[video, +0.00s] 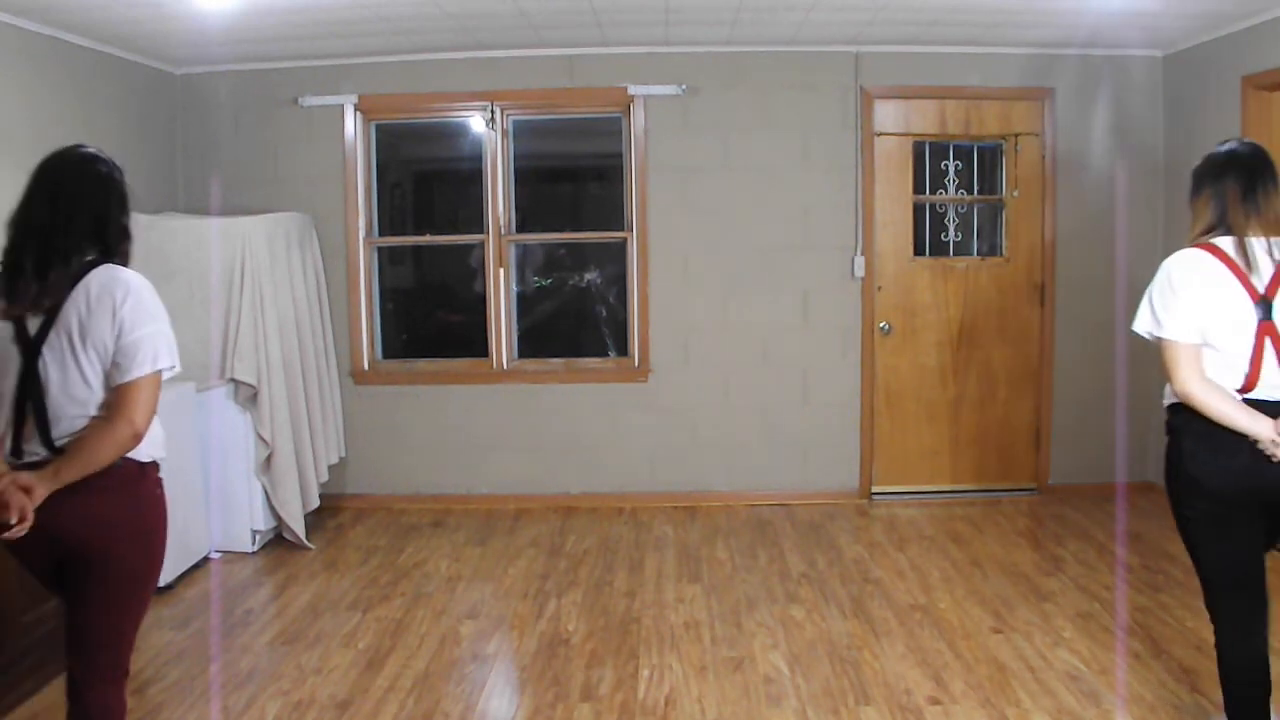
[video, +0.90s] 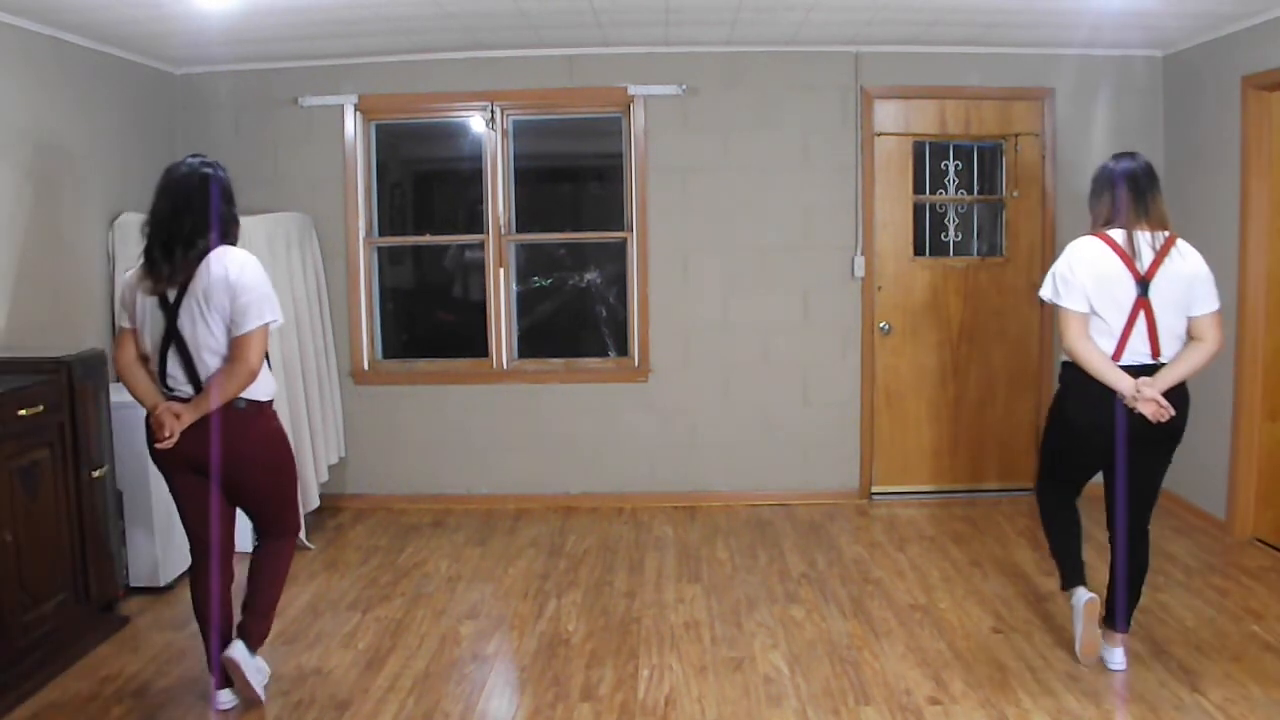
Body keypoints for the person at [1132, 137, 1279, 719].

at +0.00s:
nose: (1196, 206)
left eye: (1198, 196)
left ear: (1206, 196)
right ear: (1271, 195)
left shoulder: (1187, 268)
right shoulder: (1277, 260)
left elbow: (1186, 379)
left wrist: (1266, 430)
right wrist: (1269, 429)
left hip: (1214, 444)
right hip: (1270, 435)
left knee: (1238, 609)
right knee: (1241, 602)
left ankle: (1248, 712)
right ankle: (1252, 706)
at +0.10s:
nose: (1187, 209)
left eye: (1189, 199)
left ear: (1196, 200)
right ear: (1263, 197)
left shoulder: (1177, 270)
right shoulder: (1277, 259)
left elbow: (1179, 380)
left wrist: (1260, 428)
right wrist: (1267, 429)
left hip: (1205, 443)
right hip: (1272, 436)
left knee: (1232, 596)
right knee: (1230, 559)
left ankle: (1246, 708)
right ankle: (1215, 680)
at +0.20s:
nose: (1173, 215)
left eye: (1177, 206)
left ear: (1184, 208)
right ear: (1249, 206)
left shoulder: (1163, 276)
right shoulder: (1274, 267)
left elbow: (1166, 382)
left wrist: (1249, 429)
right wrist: (1271, 424)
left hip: (1192, 452)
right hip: (1270, 448)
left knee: (1229, 609)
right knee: (1199, 552)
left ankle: (1246, 712)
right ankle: (1167, 662)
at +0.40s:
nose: (1149, 226)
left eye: (1152, 217)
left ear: (1156, 219)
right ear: (1216, 218)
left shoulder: (1133, 281)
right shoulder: (1255, 284)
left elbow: (1126, 378)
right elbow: (1275, 377)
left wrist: (1199, 423)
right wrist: (1227, 419)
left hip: (1153, 441)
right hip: (1229, 442)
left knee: (1191, 586)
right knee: (1162, 547)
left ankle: (1235, 709)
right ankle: (1117, 638)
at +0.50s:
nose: (1138, 216)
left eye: (1141, 206)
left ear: (1144, 209)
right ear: (1202, 209)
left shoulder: (1120, 268)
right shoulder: (1233, 274)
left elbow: (1107, 362)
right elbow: (1258, 364)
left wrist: (1169, 409)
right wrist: (1200, 408)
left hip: (1132, 423)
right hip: (1204, 423)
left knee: (1141, 553)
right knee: (1147, 539)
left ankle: (1201, 675)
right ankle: (1116, 639)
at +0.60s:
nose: (1123, 207)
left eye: (1126, 198)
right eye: (1126, 199)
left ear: (1133, 202)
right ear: (1189, 200)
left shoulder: (1109, 260)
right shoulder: (1219, 265)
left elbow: (1099, 353)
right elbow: (1242, 353)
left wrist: (1163, 397)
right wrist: (1188, 392)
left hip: (1120, 415)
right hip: (1190, 417)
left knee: (1100, 531)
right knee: (1145, 526)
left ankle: (1159, 635)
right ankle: (1115, 640)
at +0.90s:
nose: (1099, 205)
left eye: (1100, 196)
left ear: (1101, 197)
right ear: (1154, 195)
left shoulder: (1083, 254)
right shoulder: (1187, 257)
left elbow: (1075, 341)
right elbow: (1207, 339)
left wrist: (1129, 388)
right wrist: (1156, 385)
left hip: (1092, 398)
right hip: (1161, 401)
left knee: (1057, 487)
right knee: (1133, 519)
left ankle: (1077, 590)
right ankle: (1117, 637)